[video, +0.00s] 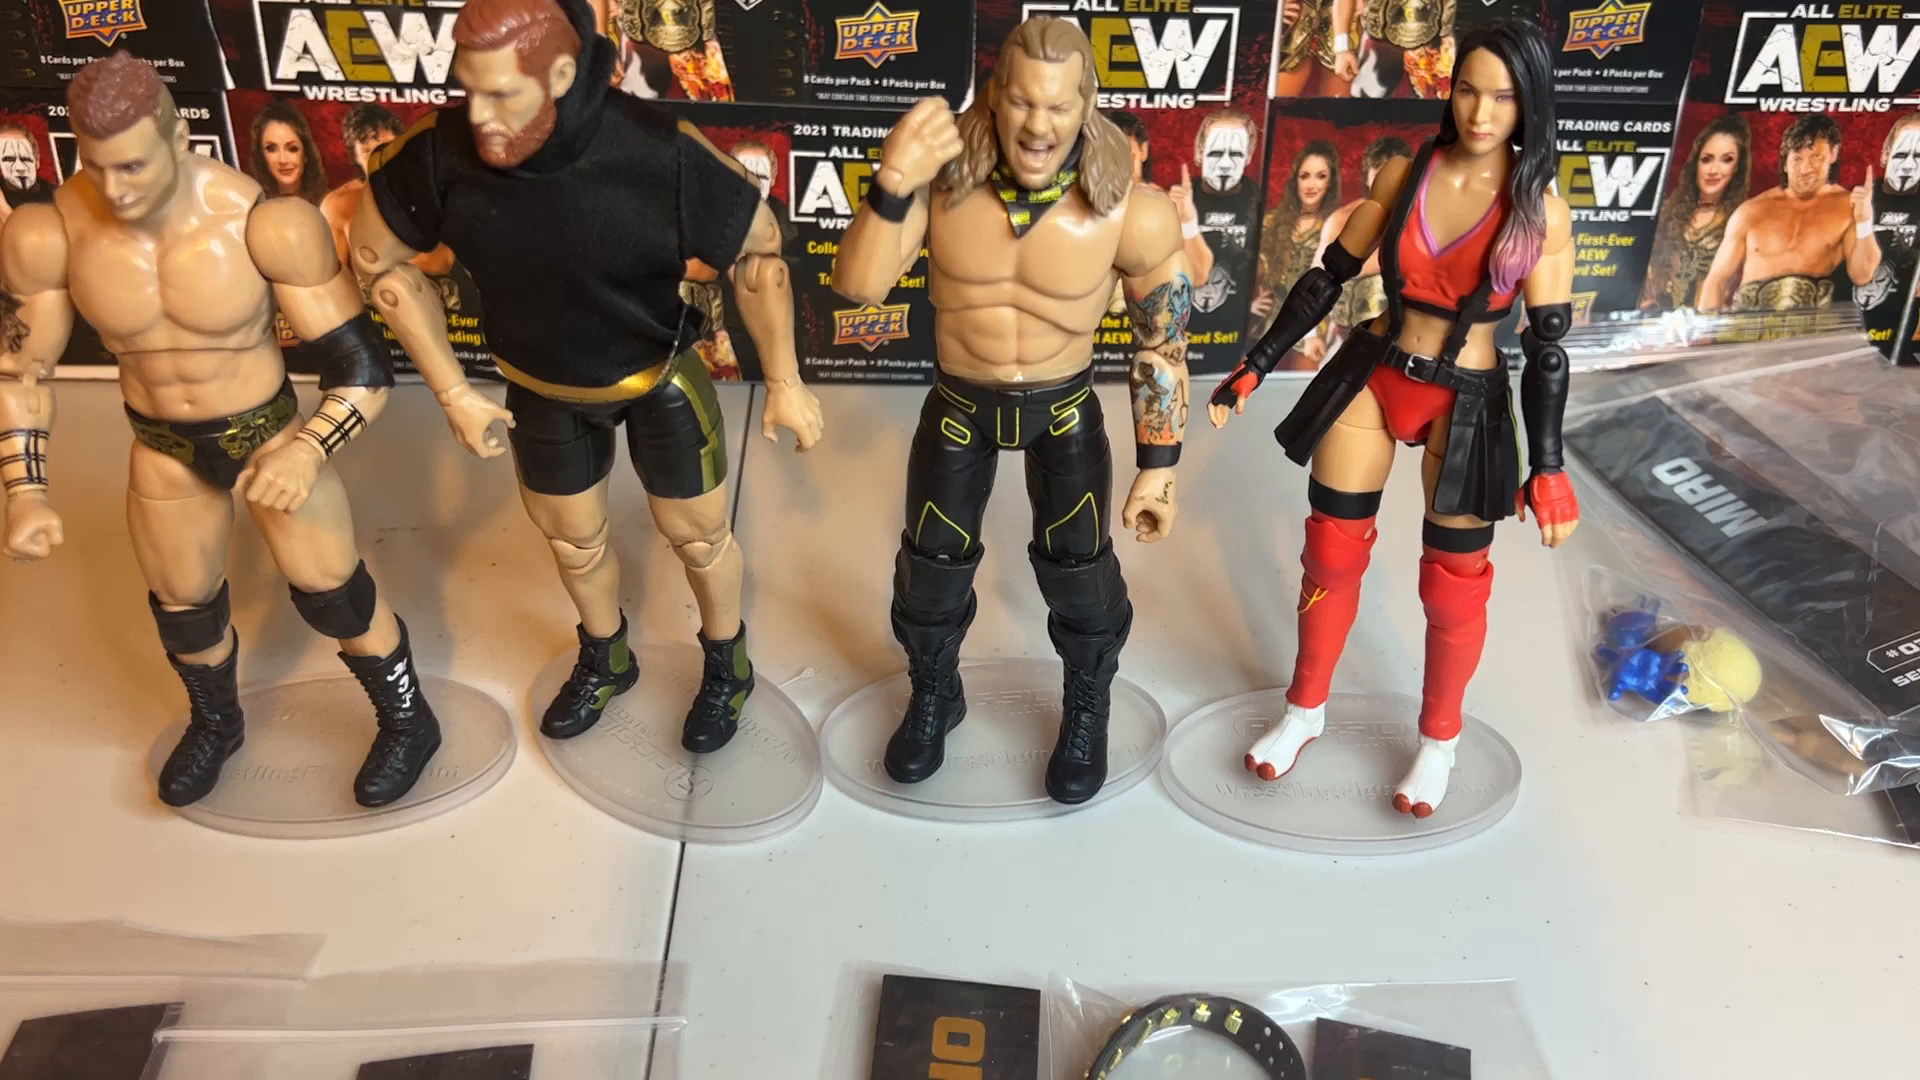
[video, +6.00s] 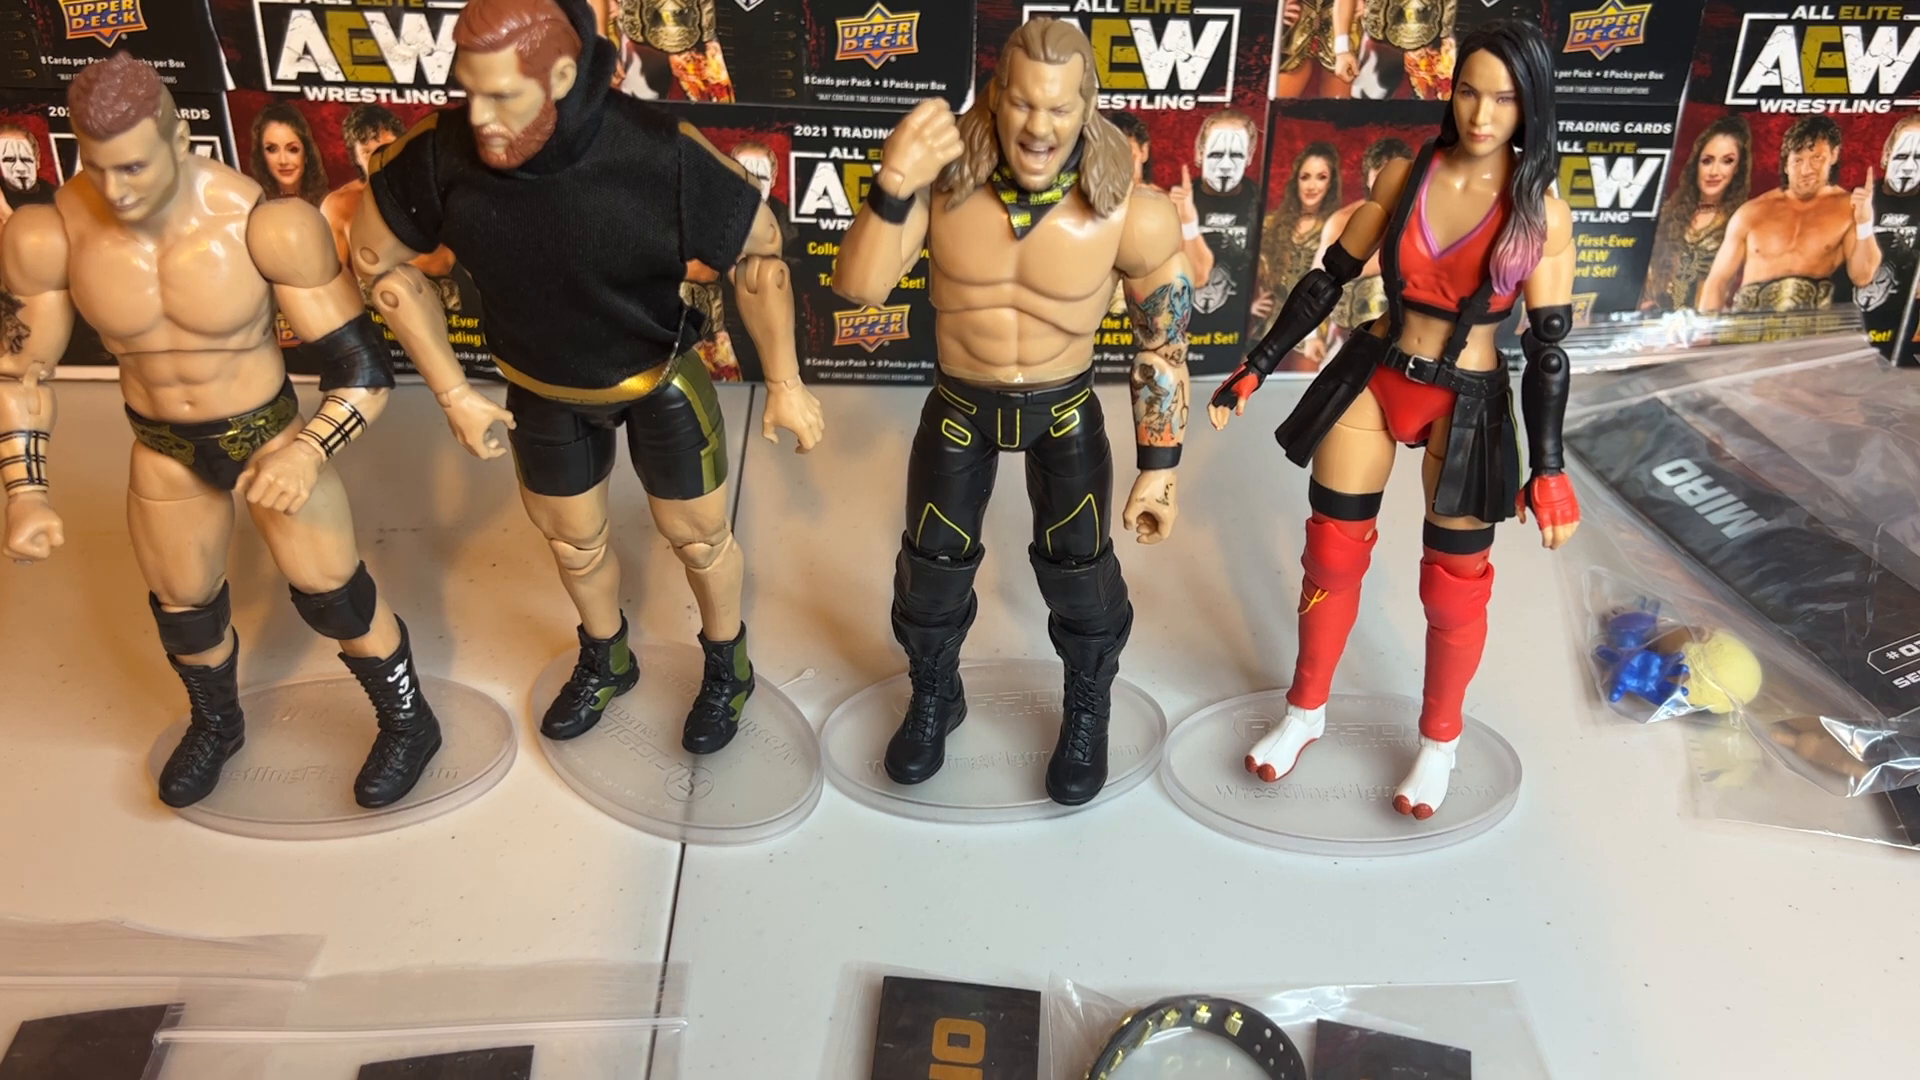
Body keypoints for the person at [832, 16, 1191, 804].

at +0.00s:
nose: (1039, 125)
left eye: (1059, 107)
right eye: (1023, 103)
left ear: (1086, 105)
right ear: (994, 94)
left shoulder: (1130, 207)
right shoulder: (943, 176)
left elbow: (1162, 337)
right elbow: (857, 285)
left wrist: (1160, 462)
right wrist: (891, 188)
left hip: (1064, 406)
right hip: (958, 402)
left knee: (1077, 567)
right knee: (932, 561)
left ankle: (1085, 712)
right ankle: (932, 699)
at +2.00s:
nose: (1039, 126)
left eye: (1059, 109)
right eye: (1023, 104)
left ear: (1086, 106)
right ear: (994, 94)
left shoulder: (1129, 207)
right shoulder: (943, 176)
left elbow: (1162, 337)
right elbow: (857, 287)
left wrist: (1161, 464)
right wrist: (892, 189)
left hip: (1064, 408)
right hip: (958, 403)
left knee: (1077, 568)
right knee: (932, 562)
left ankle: (1086, 712)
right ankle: (932, 699)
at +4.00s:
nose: (1039, 127)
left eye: (1060, 109)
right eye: (1024, 104)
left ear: (1086, 106)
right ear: (995, 95)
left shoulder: (1130, 208)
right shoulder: (944, 176)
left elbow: (1162, 337)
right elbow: (858, 287)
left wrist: (1161, 464)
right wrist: (891, 189)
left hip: (1064, 408)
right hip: (958, 403)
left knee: (1078, 569)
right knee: (933, 562)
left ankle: (1086, 712)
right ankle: (932, 699)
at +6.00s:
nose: (1039, 127)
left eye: (1060, 109)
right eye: (1024, 104)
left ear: (1086, 107)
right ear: (995, 95)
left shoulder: (1129, 207)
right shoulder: (943, 177)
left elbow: (1162, 337)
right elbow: (858, 287)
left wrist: (1161, 463)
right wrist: (892, 189)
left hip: (1064, 407)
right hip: (959, 402)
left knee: (1078, 568)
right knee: (932, 562)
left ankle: (1086, 713)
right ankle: (932, 699)